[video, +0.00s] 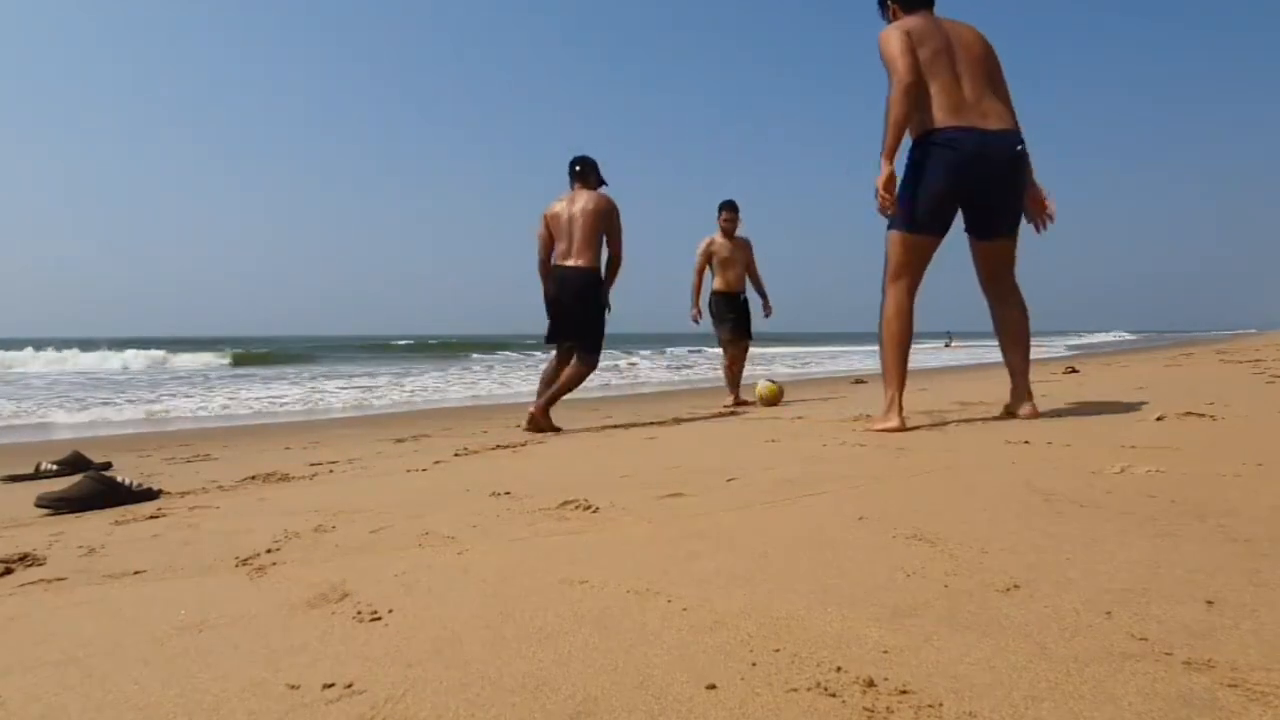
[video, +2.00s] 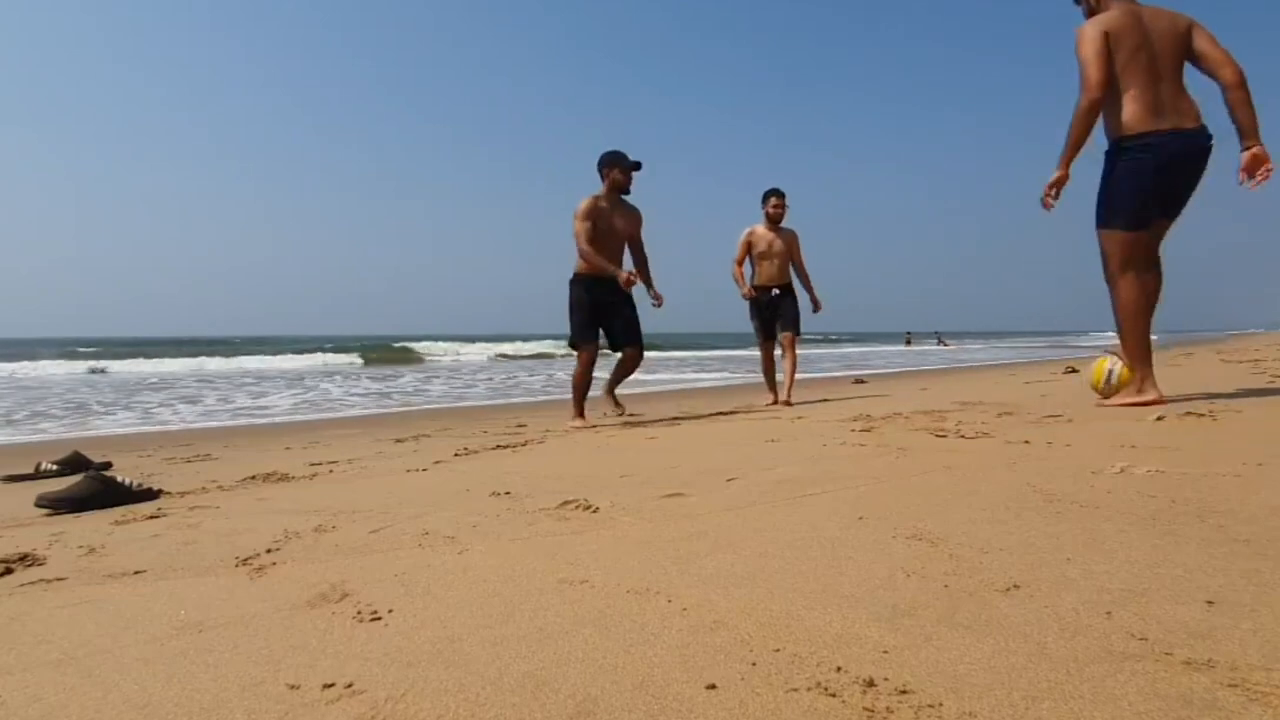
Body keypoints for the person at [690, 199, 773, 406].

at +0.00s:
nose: (729, 224)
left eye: (732, 220)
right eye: (725, 220)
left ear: (738, 221)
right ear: (718, 220)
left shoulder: (744, 244)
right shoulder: (710, 244)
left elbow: (752, 272)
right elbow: (699, 274)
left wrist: (764, 297)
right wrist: (695, 305)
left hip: (739, 296)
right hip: (721, 296)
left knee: (743, 344)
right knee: (730, 345)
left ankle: (736, 393)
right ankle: (733, 393)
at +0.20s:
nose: (724, 224)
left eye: (728, 219)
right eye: (720, 219)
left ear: (734, 219)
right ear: (714, 219)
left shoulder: (743, 243)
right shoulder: (707, 244)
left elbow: (753, 272)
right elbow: (699, 275)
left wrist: (766, 299)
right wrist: (697, 306)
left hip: (743, 296)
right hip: (721, 296)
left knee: (762, 339)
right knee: (727, 350)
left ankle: (759, 386)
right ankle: (732, 396)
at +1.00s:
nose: (707, 235)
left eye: (710, 230)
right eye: (703, 231)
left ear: (717, 229)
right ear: (697, 232)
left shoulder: (733, 247)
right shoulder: (695, 257)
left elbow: (756, 270)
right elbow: (688, 290)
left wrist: (776, 293)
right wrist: (680, 314)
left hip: (742, 299)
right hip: (718, 304)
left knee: (767, 336)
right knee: (713, 353)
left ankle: (777, 389)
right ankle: (720, 400)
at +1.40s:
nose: (732, 214)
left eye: (735, 210)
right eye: (727, 210)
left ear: (738, 212)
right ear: (717, 214)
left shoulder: (750, 236)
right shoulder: (708, 244)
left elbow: (763, 262)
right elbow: (703, 274)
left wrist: (771, 289)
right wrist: (705, 300)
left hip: (753, 292)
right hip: (727, 295)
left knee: (768, 337)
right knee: (721, 350)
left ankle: (782, 393)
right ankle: (720, 398)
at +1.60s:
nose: (762, 208)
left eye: (764, 203)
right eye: (757, 203)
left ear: (768, 206)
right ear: (746, 205)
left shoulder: (774, 232)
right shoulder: (732, 234)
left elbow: (786, 260)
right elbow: (721, 265)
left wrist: (782, 277)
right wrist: (723, 295)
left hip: (769, 290)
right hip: (743, 292)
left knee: (777, 339)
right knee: (732, 345)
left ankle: (782, 393)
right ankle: (723, 395)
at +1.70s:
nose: (771, 206)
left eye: (774, 202)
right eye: (766, 201)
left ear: (777, 204)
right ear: (756, 203)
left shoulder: (783, 230)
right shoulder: (741, 230)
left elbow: (794, 258)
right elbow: (730, 260)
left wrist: (795, 279)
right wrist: (730, 289)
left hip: (776, 288)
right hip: (749, 288)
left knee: (781, 338)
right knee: (741, 343)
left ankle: (782, 393)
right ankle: (740, 392)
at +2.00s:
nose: (779, 211)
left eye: (782, 207)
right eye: (775, 207)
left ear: (785, 209)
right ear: (764, 208)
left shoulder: (790, 236)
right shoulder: (751, 234)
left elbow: (799, 267)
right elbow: (738, 264)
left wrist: (812, 294)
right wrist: (743, 286)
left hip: (785, 290)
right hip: (761, 292)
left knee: (788, 340)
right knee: (767, 345)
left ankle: (787, 394)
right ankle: (772, 394)